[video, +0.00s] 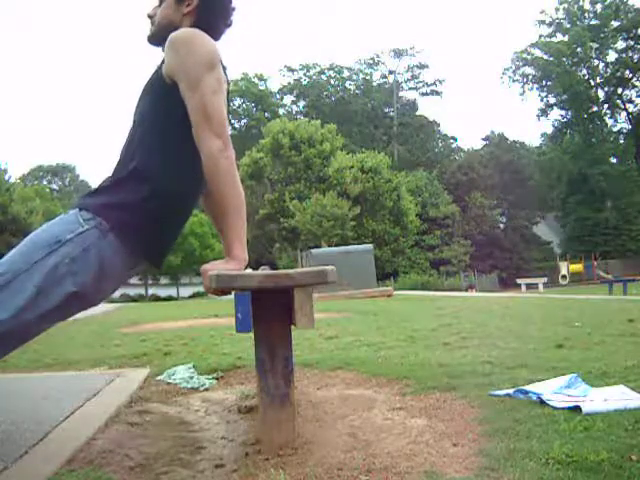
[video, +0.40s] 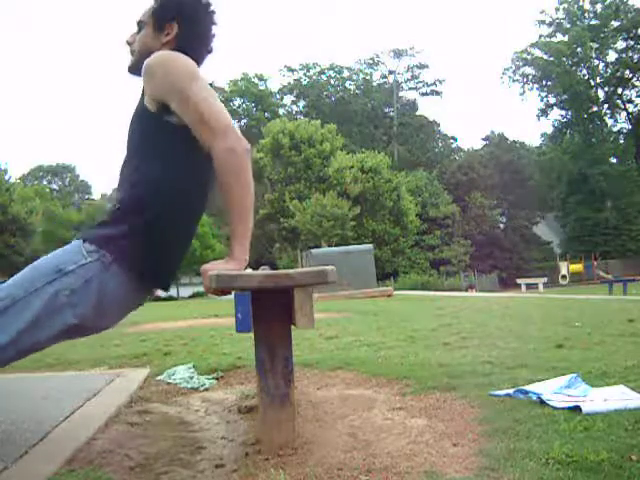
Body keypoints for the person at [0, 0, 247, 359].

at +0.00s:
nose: (152, 10)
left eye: (163, 2)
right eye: (158, 2)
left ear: (188, 7)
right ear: (187, 10)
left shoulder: (190, 44)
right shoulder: (190, 54)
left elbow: (217, 148)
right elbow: (208, 175)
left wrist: (237, 256)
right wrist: (236, 253)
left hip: (102, 231)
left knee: (4, 316)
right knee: (4, 322)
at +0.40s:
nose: (130, 38)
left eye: (141, 27)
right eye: (136, 27)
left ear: (168, 32)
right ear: (169, 35)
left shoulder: (166, 66)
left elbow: (231, 146)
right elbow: (238, 147)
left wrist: (238, 256)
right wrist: (239, 254)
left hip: (107, 263)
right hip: (123, 272)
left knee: (0, 331)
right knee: (3, 336)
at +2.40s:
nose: (70, 57)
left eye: (80, 44)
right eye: (75, 45)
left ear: (108, 49)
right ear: (108, 50)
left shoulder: (119, 83)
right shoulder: (131, 92)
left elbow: (207, 151)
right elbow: (206, 156)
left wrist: (235, 256)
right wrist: (235, 254)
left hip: (117, 271)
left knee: (4, 324)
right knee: (6, 325)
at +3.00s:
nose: (73, 45)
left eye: (83, 33)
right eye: (78, 34)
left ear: (109, 40)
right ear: (110, 41)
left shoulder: (123, 76)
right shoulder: (135, 82)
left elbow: (201, 150)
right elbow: (209, 152)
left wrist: (234, 253)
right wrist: (233, 247)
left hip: (112, 265)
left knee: (4, 316)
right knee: (6, 321)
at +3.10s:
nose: (76, 18)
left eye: (86, 6)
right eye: (81, 7)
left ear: (112, 10)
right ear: (111, 12)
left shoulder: (129, 53)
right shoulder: (155, 63)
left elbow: (177, 158)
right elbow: (181, 160)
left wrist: (226, 253)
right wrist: (227, 254)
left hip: (101, 237)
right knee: (4, 315)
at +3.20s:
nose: (77, 16)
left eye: (86, 5)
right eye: (81, 6)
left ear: (112, 9)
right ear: (111, 11)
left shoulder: (126, 53)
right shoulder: (153, 64)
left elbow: (178, 153)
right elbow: (181, 156)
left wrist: (226, 252)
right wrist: (227, 252)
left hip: (99, 235)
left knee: (2, 308)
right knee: (4, 316)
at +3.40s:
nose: (65, 82)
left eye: (75, 68)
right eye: (70, 69)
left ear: (103, 71)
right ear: (103, 72)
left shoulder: (115, 104)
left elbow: (213, 153)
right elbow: (219, 153)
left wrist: (238, 257)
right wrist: (239, 255)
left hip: (120, 293)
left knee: (1, 327)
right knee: (4, 317)